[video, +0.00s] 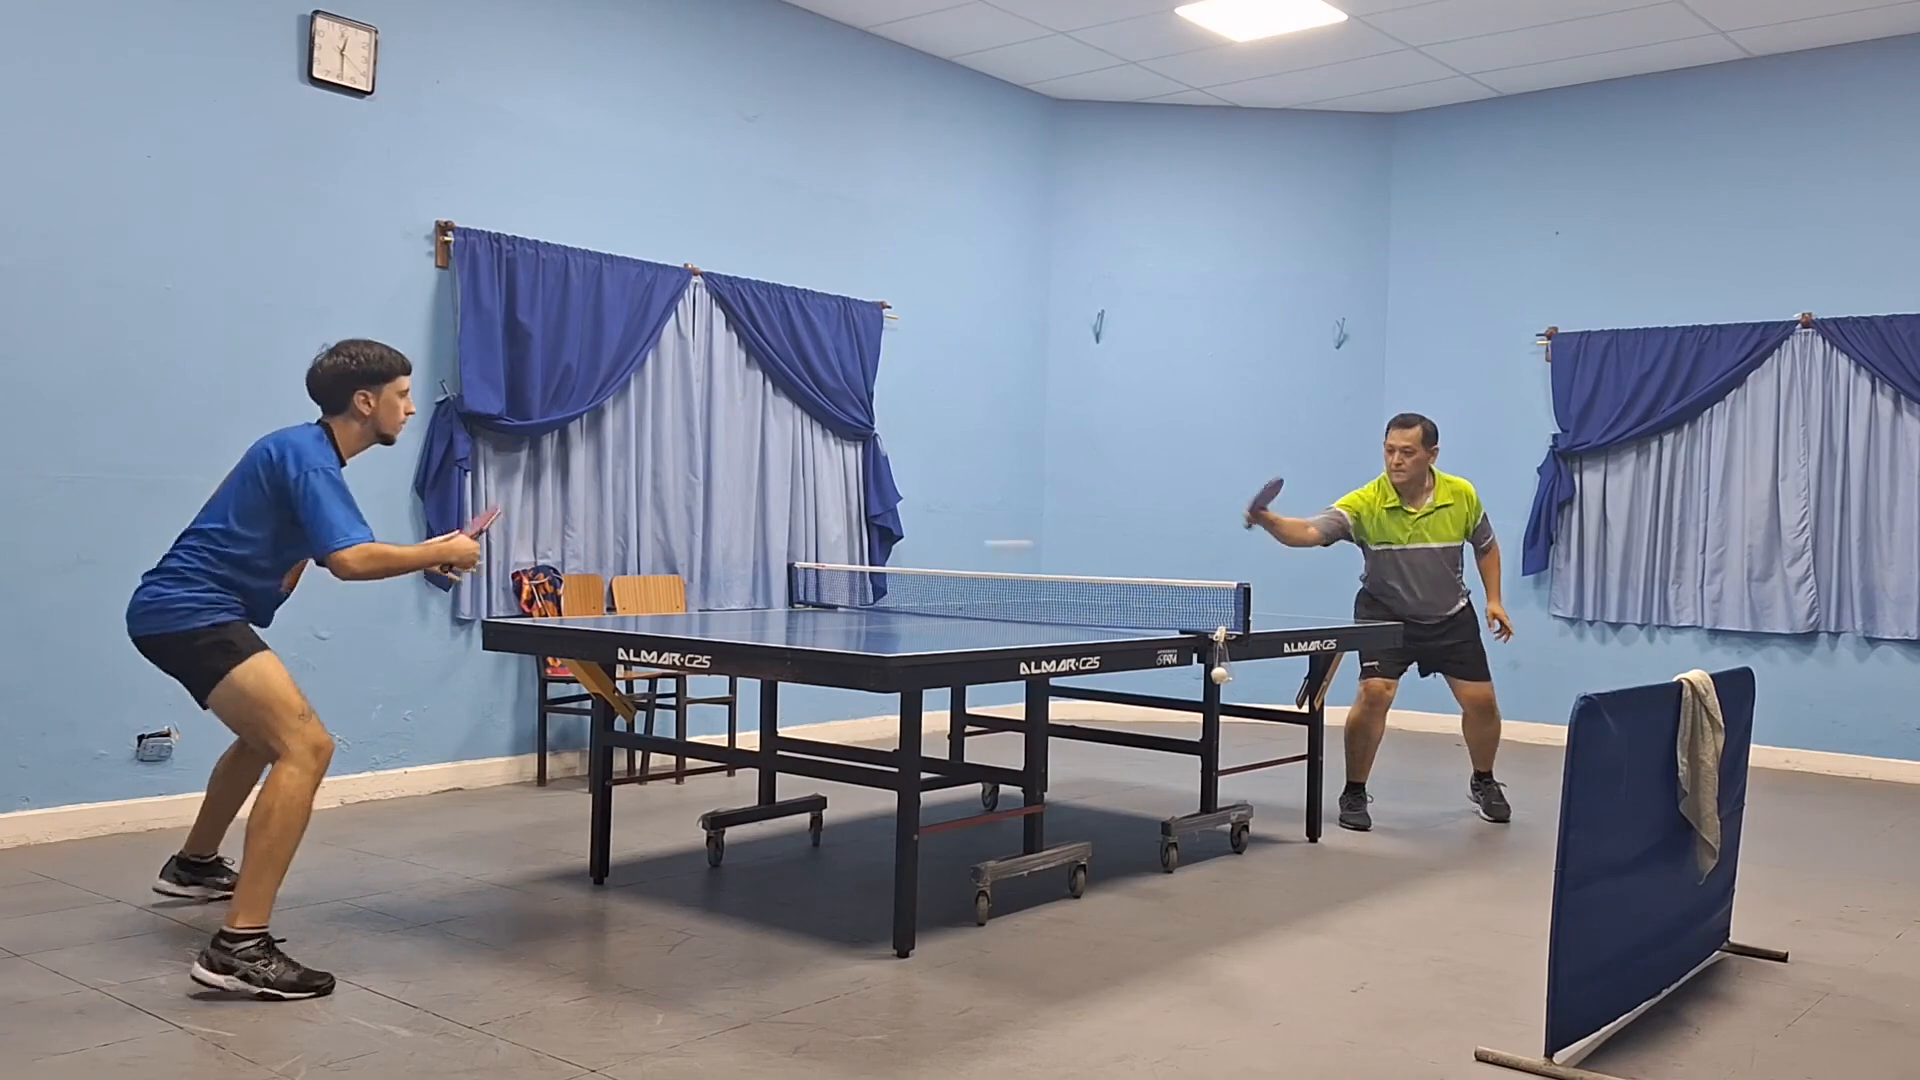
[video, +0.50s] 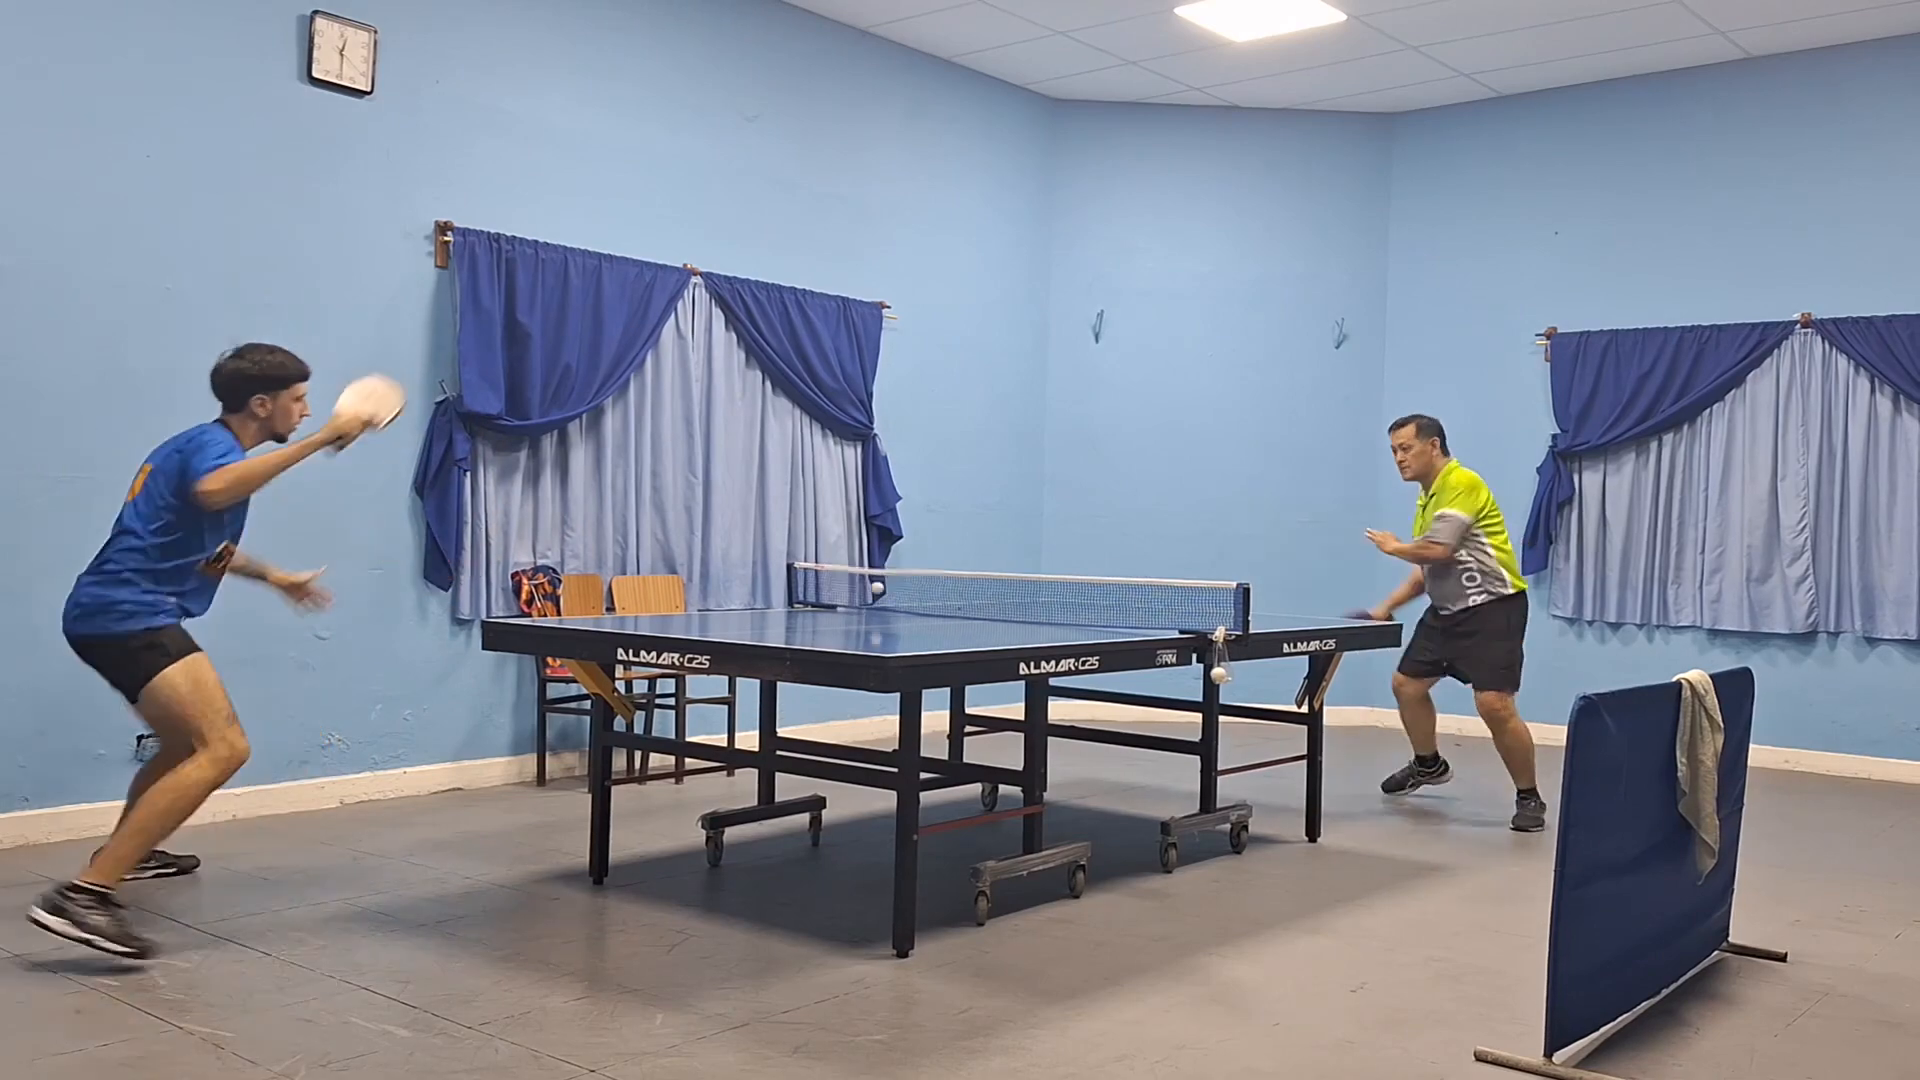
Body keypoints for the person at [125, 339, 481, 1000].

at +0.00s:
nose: (410, 407)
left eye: (410, 394)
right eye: (403, 394)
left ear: (355, 403)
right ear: (362, 401)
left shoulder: (304, 451)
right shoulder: (307, 460)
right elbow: (352, 560)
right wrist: (439, 552)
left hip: (189, 606)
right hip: (188, 609)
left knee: (270, 736)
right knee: (309, 746)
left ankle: (194, 860)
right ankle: (241, 942)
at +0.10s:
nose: (404, 430)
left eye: (403, 417)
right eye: (397, 417)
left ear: (348, 422)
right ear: (358, 422)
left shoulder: (297, 470)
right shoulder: (293, 476)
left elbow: (342, 559)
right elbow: (334, 584)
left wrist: (411, 557)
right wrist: (420, 570)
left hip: (198, 624)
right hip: (181, 628)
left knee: (285, 740)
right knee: (302, 759)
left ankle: (217, 861)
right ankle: (231, 953)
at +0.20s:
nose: (379, 452)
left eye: (380, 440)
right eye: (373, 440)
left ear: (322, 442)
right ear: (332, 442)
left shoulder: (261, 480)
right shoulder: (283, 495)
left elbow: (314, 580)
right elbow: (340, 601)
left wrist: (383, 569)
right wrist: (401, 582)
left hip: (189, 645)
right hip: (177, 652)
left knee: (304, 740)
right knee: (311, 764)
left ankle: (221, 865)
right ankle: (233, 954)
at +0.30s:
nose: (350, 435)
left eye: (351, 423)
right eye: (344, 424)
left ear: (292, 423)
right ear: (304, 424)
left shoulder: (230, 458)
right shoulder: (274, 471)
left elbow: (306, 535)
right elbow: (350, 536)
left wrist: (384, 544)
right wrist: (441, 515)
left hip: (161, 622)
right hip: (166, 629)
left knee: (280, 714)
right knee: (263, 757)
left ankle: (218, 860)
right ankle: (235, 946)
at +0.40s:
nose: (332, 410)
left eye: (332, 399)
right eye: (325, 399)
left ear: (274, 402)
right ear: (285, 402)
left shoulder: (218, 438)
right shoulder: (251, 445)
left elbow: (248, 521)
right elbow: (325, 488)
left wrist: (332, 539)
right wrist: (407, 430)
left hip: (130, 593)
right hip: (138, 601)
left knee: (236, 687)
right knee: (228, 745)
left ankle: (186, 843)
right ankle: (176, 922)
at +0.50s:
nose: (304, 408)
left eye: (305, 398)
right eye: (298, 399)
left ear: (250, 405)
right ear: (260, 404)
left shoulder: (210, 448)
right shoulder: (217, 446)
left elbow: (202, 551)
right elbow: (211, 491)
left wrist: (272, 575)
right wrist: (320, 440)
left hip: (116, 613)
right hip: (126, 614)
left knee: (189, 738)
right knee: (224, 748)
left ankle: (131, 847)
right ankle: (87, 891)